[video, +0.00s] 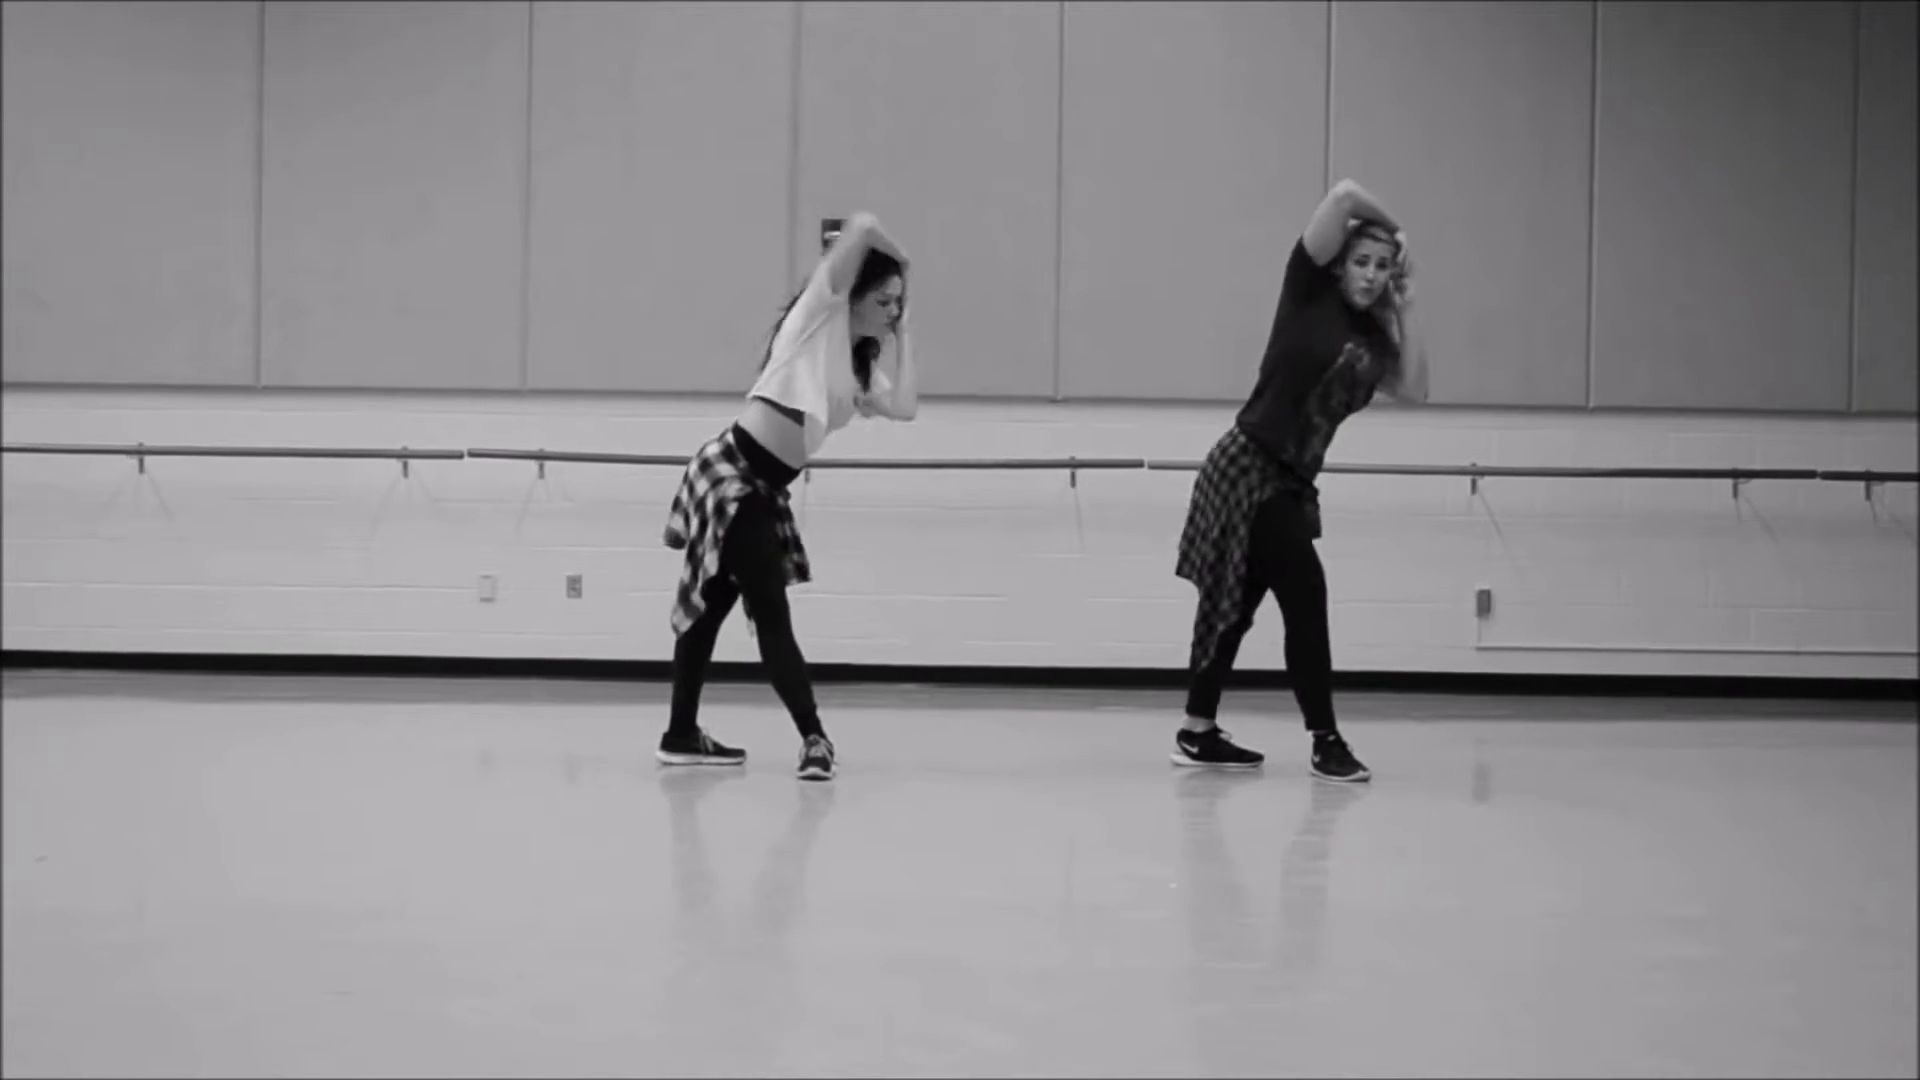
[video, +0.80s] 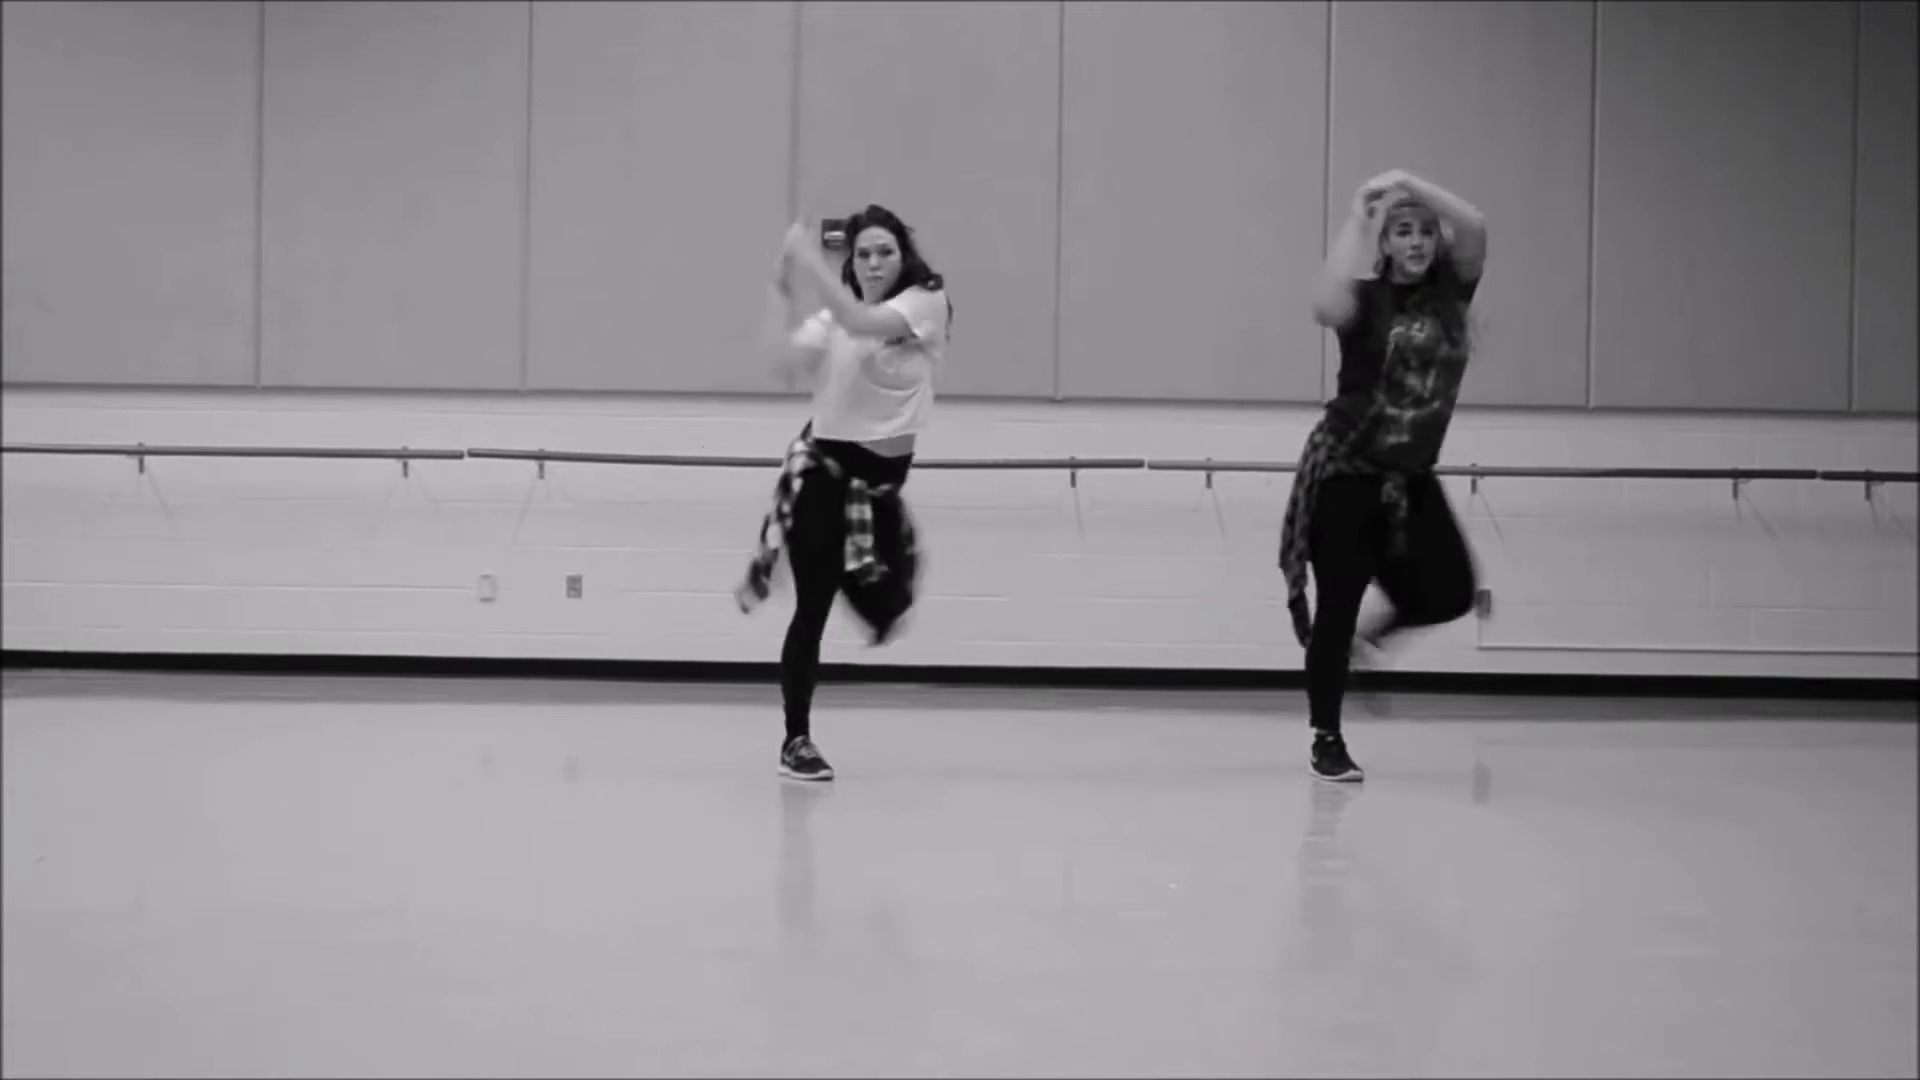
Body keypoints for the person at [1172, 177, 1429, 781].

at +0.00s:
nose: (1372, 274)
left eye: (1382, 267)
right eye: (1363, 262)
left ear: (1391, 276)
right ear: (1342, 260)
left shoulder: (1375, 337)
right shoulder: (1310, 286)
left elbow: (1413, 392)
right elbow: (1345, 191)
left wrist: (1403, 310)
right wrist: (1394, 229)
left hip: (1288, 483)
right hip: (1251, 470)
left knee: (1233, 601)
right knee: (1307, 598)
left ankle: (1197, 727)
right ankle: (1326, 742)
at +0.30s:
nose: (1389, 266)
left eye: (1397, 256)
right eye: (1378, 256)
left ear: (1409, 266)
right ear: (1360, 262)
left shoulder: (1404, 336)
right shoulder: (1333, 291)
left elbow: (1454, 362)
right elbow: (1343, 191)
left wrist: (1420, 284)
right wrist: (1400, 218)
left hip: (1310, 485)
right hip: (1273, 472)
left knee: (1244, 600)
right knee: (1318, 598)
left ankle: (1186, 718)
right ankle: (1327, 742)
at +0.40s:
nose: (1394, 255)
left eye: (1402, 243)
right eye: (1380, 246)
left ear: (1416, 251)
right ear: (1361, 255)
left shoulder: (1428, 318)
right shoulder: (1339, 287)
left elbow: (1485, 305)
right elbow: (1318, 189)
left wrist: (1432, 242)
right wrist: (1395, 194)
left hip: (1330, 480)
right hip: (1291, 463)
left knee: (1254, 603)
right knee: (1319, 599)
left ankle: (1137, 653)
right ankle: (1327, 741)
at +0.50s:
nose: (1399, 248)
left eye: (1407, 235)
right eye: (1384, 240)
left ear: (1421, 243)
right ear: (1365, 252)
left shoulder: (1438, 302)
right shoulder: (1342, 286)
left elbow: (1494, 258)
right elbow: (1288, 205)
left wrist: (1430, 207)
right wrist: (1362, 184)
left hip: (1350, 479)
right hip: (1307, 464)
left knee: (1269, 591)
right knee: (1326, 608)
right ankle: (1327, 741)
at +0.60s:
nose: (1406, 243)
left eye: (1413, 231)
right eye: (1391, 235)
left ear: (1427, 240)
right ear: (1373, 248)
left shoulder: (1441, 300)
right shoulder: (1346, 293)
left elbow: (1486, 227)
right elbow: (1273, 232)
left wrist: (1419, 186)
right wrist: (1337, 194)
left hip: (1370, 479)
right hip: (1320, 466)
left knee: (1315, 588)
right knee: (1328, 614)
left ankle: (1227, 519)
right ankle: (1326, 739)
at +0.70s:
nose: (1412, 240)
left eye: (1420, 230)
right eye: (1398, 232)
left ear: (1434, 239)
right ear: (1379, 245)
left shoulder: (1448, 297)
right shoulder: (1351, 297)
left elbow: (1474, 214)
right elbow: (1279, 261)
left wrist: (1406, 175)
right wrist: (1332, 209)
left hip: (1389, 477)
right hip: (1333, 467)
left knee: (1385, 605)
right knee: (1333, 600)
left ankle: (1287, 556)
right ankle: (1326, 737)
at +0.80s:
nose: (1414, 241)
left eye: (1423, 229)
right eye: (1401, 231)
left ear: (1438, 239)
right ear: (1382, 243)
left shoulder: (1450, 293)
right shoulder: (1365, 297)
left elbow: (1473, 227)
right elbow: (1330, 301)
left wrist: (1411, 183)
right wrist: (1359, 222)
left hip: (1411, 475)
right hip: (1348, 471)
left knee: (1445, 595)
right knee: (1338, 608)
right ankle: (1326, 737)